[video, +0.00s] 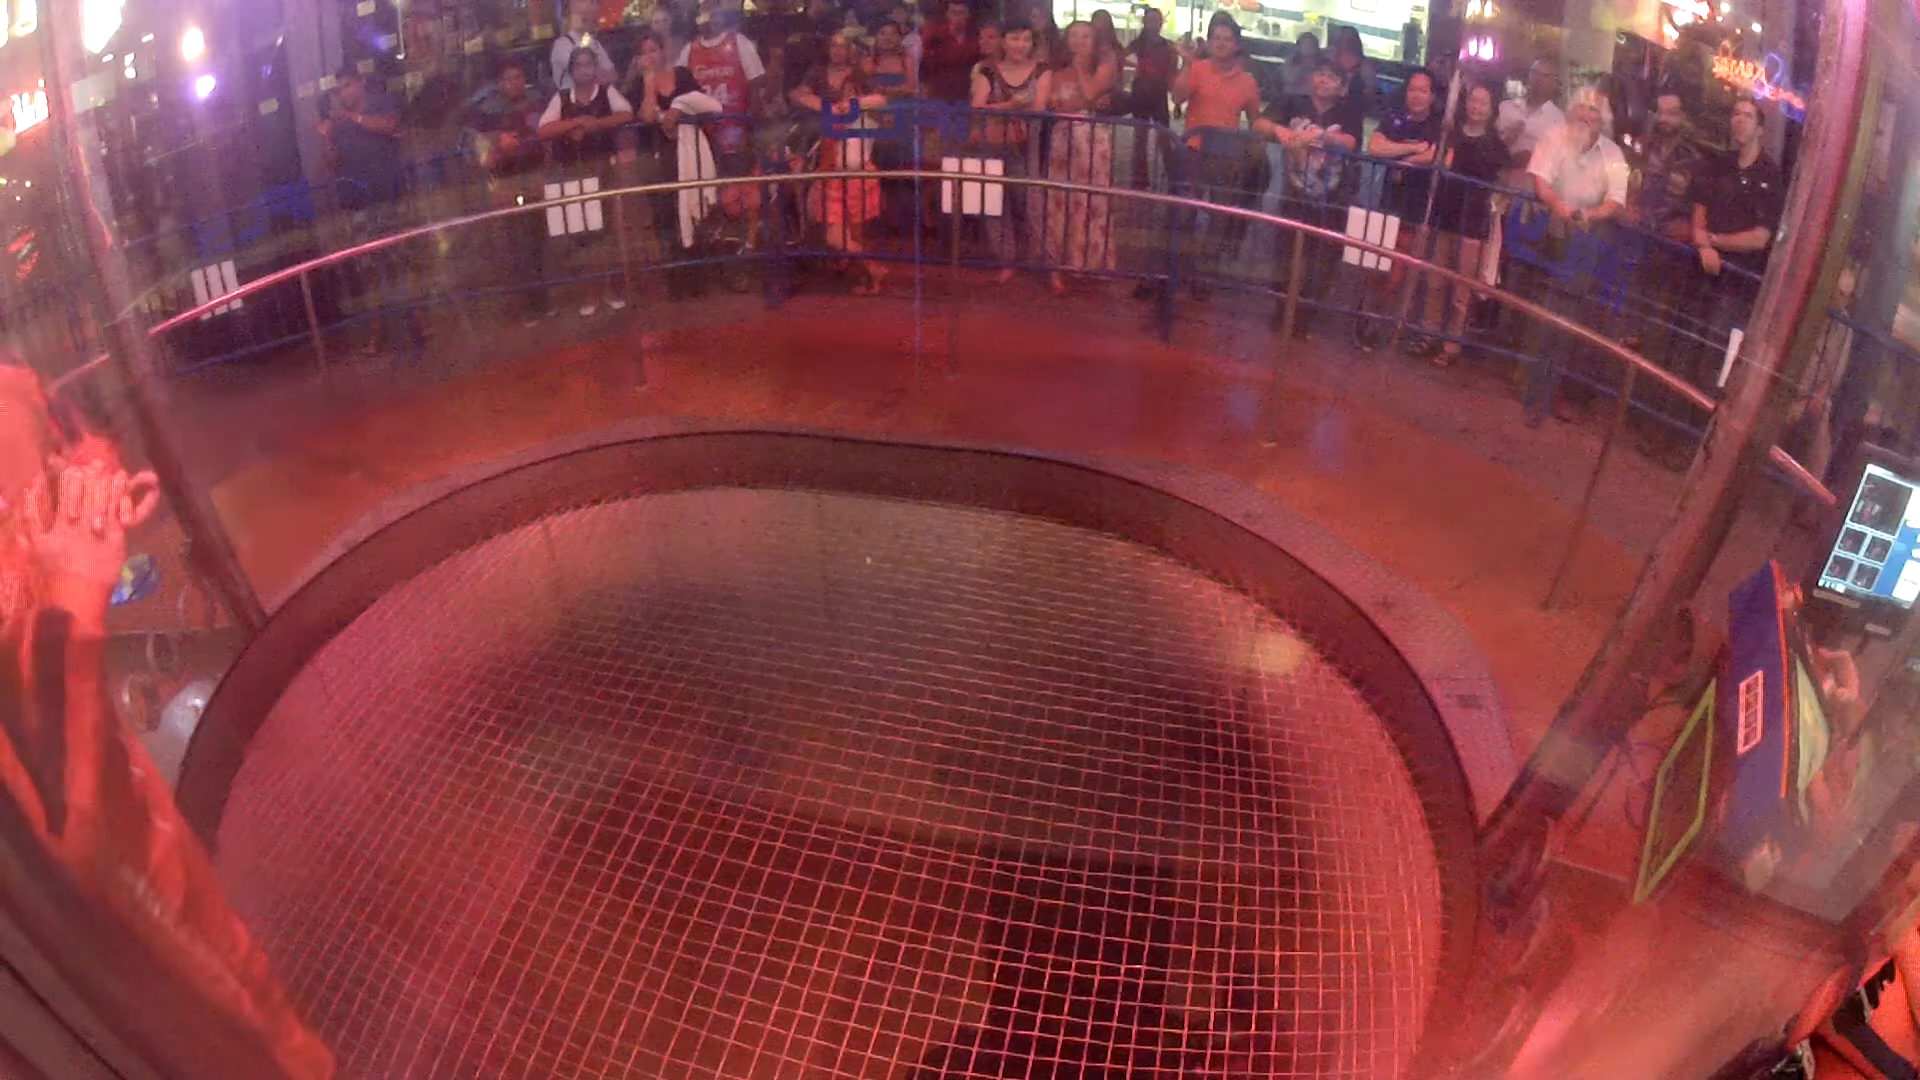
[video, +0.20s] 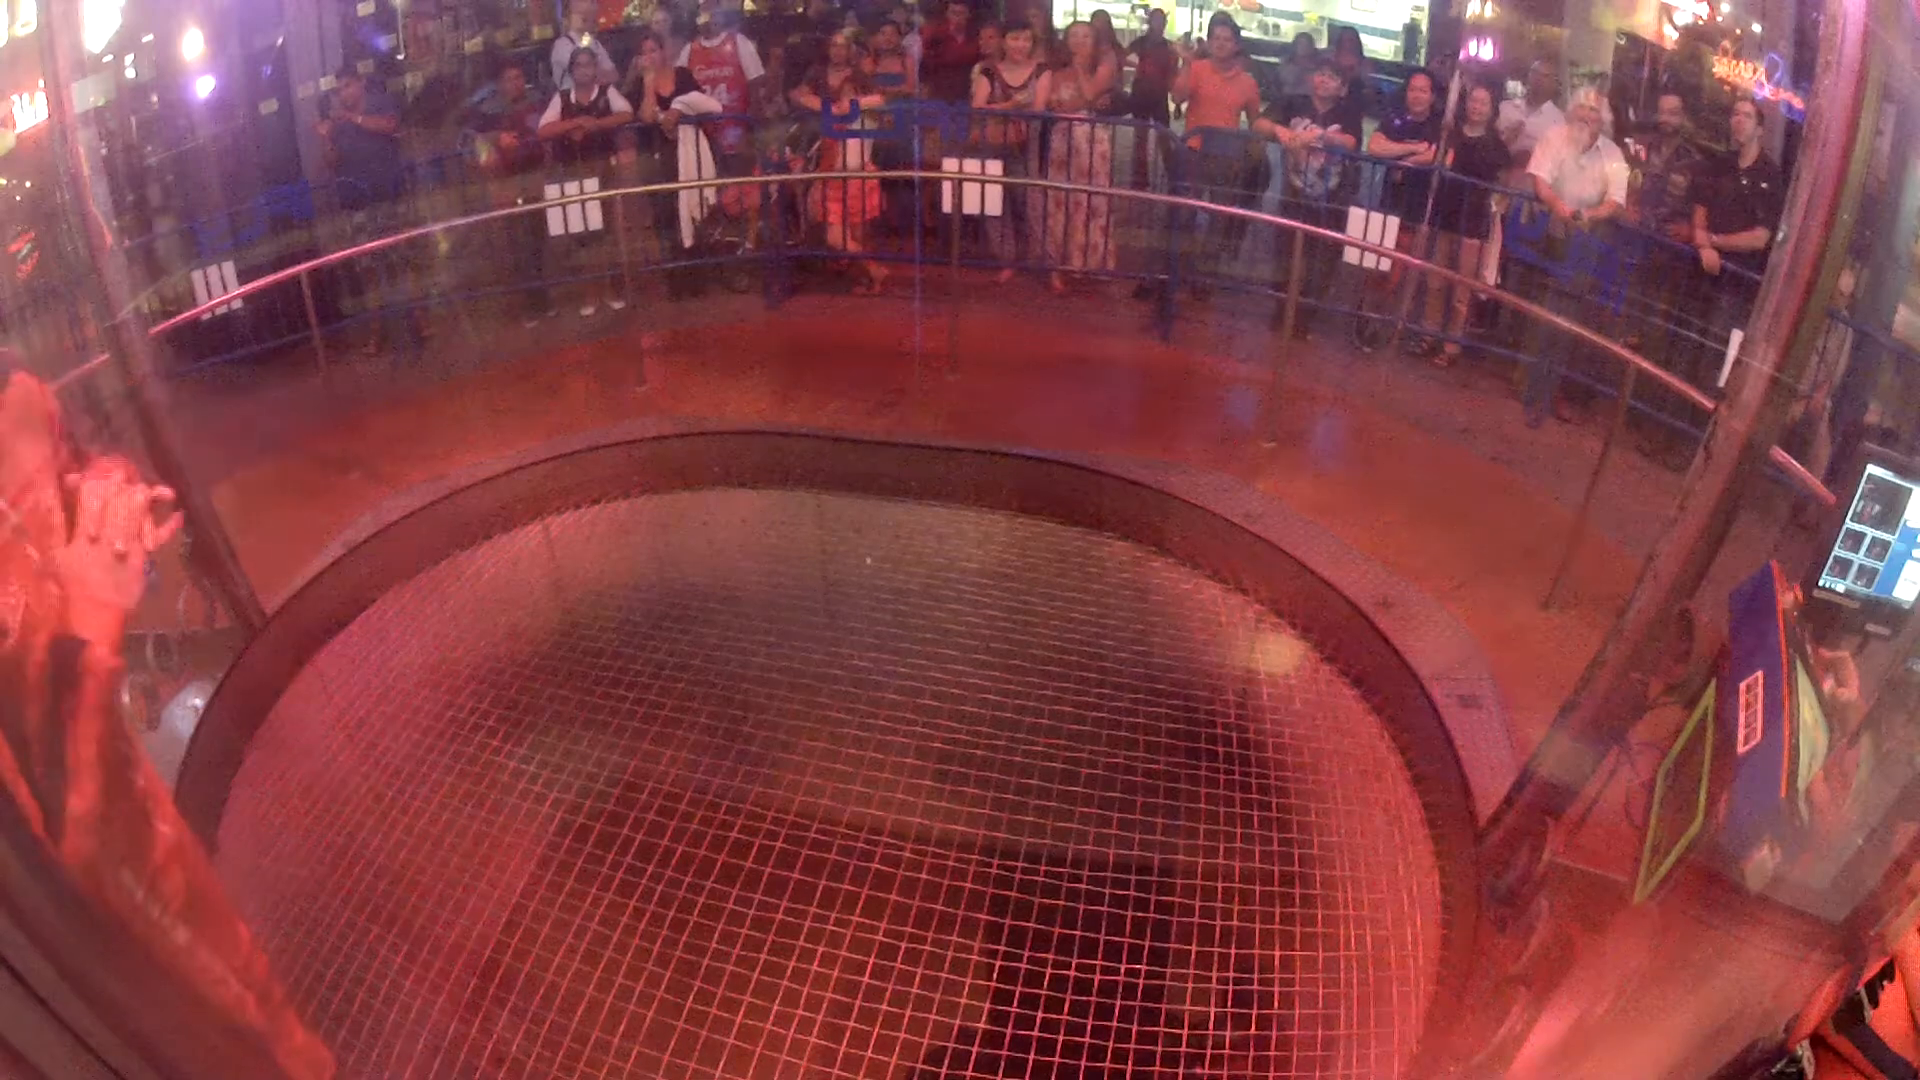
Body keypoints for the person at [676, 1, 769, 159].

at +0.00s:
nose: (707, 23)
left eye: (712, 18)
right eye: (702, 20)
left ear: (721, 19)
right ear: (697, 23)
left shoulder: (739, 43)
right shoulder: (690, 49)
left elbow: (757, 84)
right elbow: (681, 86)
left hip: (733, 123)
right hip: (701, 124)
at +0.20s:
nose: (707, 25)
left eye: (712, 19)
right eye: (702, 21)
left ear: (720, 20)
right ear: (697, 24)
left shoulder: (739, 43)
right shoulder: (690, 49)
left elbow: (756, 86)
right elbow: (680, 86)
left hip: (734, 126)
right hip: (701, 128)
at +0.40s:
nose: (707, 21)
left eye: (713, 15)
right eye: (702, 16)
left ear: (723, 17)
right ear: (697, 20)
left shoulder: (739, 43)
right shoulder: (690, 48)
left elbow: (756, 85)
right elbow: (681, 88)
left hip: (733, 126)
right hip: (701, 127)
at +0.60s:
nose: (706, 24)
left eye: (711, 17)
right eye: (701, 19)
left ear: (721, 18)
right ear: (697, 23)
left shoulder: (740, 43)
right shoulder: (690, 49)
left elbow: (757, 85)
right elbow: (679, 86)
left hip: (734, 125)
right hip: (702, 126)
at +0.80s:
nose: (707, 24)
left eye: (711, 17)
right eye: (702, 19)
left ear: (721, 18)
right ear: (697, 23)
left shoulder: (739, 43)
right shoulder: (691, 48)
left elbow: (757, 85)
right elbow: (679, 85)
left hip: (734, 123)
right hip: (702, 125)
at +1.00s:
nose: (704, 17)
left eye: (709, 12)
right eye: (701, 13)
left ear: (719, 15)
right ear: (696, 18)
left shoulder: (739, 42)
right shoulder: (691, 48)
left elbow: (757, 83)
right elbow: (680, 84)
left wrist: (753, 117)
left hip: (733, 123)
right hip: (701, 124)